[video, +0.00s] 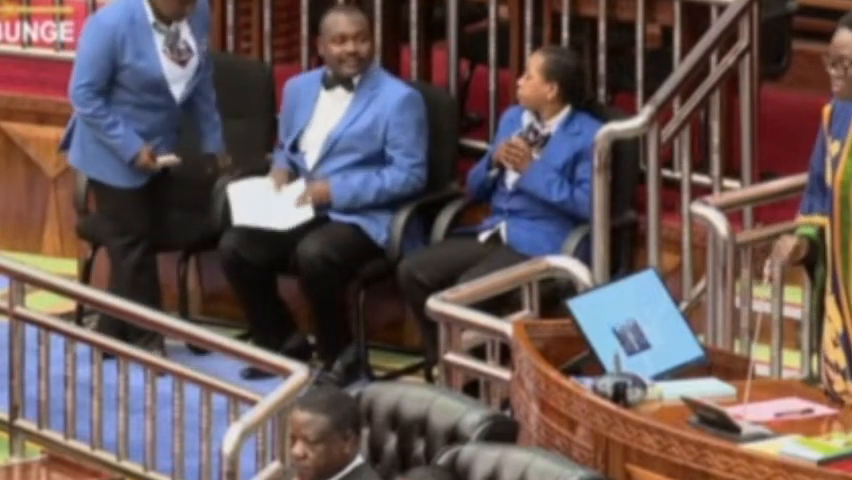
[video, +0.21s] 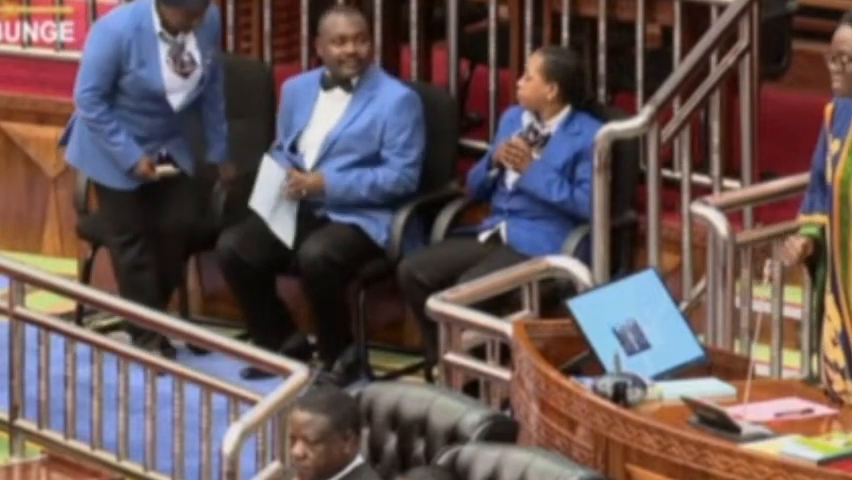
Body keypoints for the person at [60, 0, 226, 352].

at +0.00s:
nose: (185, 12)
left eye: (189, 7)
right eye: (179, 7)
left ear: (193, 3)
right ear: (158, 0)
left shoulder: (198, 15)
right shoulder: (111, 23)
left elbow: (202, 82)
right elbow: (84, 96)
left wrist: (214, 144)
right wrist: (133, 148)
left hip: (162, 150)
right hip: (112, 149)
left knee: (141, 244)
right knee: (134, 245)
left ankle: (112, 331)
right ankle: (147, 336)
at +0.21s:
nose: (195, 23)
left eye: (200, 15)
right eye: (188, 15)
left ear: (205, 8)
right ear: (163, 6)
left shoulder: (208, 22)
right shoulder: (116, 30)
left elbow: (212, 90)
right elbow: (88, 100)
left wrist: (219, 155)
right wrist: (132, 157)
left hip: (172, 143)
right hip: (115, 144)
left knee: (179, 227)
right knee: (132, 241)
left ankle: (150, 321)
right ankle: (146, 335)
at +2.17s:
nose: (216, 17)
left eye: (222, 9)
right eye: (208, 8)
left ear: (228, 6)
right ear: (185, 2)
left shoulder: (239, 31)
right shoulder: (138, 16)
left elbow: (236, 103)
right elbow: (106, 84)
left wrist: (228, 164)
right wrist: (115, 153)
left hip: (196, 141)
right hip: (141, 138)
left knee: (184, 237)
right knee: (140, 237)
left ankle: (181, 331)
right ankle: (146, 330)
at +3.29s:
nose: (199, 3)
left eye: (204, 4)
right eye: (193, 4)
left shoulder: (233, 18)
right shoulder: (137, 10)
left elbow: (231, 92)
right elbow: (108, 77)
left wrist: (227, 158)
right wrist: (117, 151)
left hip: (191, 143)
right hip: (135, 141)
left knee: (181, 239)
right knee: (135, 241)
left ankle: (179, 331)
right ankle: (144, 332)